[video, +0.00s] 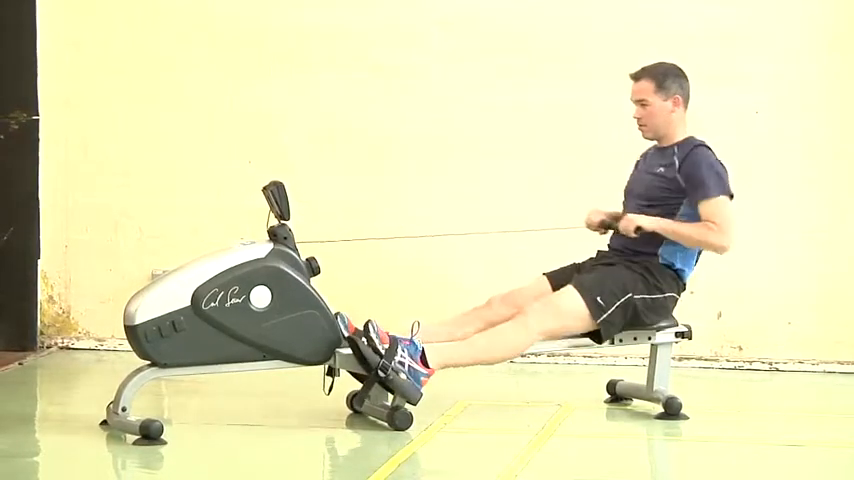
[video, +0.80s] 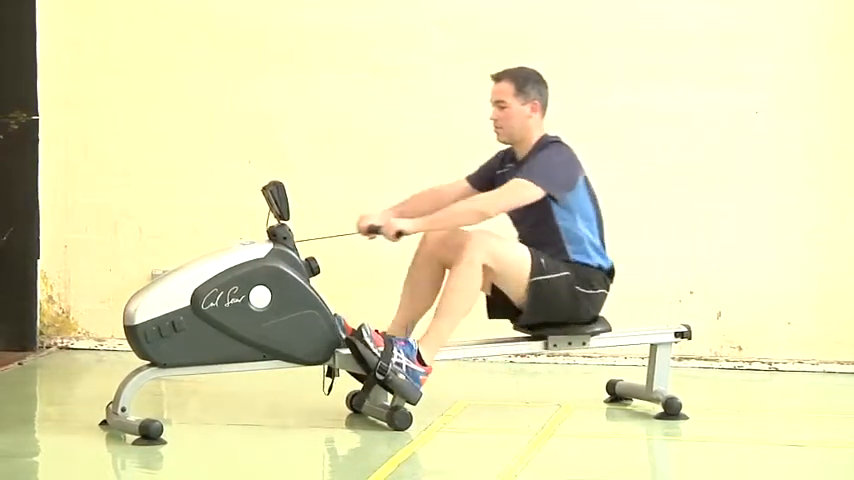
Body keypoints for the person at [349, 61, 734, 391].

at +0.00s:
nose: (635, 114)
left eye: (642, 104)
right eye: (634, 105)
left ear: (675, 103)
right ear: (665, 106)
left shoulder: (698, 157)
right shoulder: (651, 156)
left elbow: (721, 236)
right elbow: (649, 219)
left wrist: (650, 221)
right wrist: (612, 219)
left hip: (650, 275)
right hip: (617, 262)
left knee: (537, 319)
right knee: (505, 303)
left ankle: (422, 364)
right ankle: (401, 346)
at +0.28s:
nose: (609, 109)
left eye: (617, 99)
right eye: (608, 100)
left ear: (649, 100)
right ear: (636, 100)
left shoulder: (670, 153)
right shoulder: (623, 154)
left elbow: (675, 233)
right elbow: (614, 223)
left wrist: (602, 212)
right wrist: (575, 215)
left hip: (644, 279)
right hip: (608, 267)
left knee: (527, 297)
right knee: (491, 287)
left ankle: (423, 365)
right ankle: (402, 345)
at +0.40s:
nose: (587, 108)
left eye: (595, 98)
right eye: (586, 99)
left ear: (628, 100)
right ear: (618, 101)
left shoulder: (646, 152)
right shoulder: (599, 156)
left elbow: (634, 227)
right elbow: (572, 212)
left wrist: (565, 211)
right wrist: (535, 209)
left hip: (634, 279)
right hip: (598, 270)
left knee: (517, 282)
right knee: (483, 273)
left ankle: (423, 364)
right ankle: (402, 345)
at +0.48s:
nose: (569, 108)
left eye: (577, 98)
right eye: (569, 98)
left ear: (609, 100)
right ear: (604, 100)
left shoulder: (629, 151)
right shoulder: (580, 156)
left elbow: (605, 221)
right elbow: (549, 201)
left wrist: (534, 211)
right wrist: (505, 207)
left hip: (624, 280)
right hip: (588, 272)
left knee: (509, 273)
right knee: (474, 265)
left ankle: (422, 363)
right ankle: (403, 346)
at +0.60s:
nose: (540, 109)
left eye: (549, 100)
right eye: (540, 100)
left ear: (580, 102)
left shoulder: (602, 153)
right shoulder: (552, 158)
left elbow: (559, 214)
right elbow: (507, 196)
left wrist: (484, 215)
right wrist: (458, 207)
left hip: (609, 282)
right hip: (572, 276)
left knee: (499, 261)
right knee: (461, 254)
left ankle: (423, 359)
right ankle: (398, 345)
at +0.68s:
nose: (520, 112)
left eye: (528, 103)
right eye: (520, 103)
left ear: (560, 106)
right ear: (552, 106)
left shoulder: (583, 155)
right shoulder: (532, 160)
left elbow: (529, 211)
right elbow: (481, 195)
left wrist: (452, 220)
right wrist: (426, 211)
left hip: (596, 283)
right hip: (558, 276)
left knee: (491, 255)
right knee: (455, 248)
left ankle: (421, 361)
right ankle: (395, 345)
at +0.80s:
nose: (492, 115)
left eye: (501, 106)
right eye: (492, 107)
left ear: (533, 109)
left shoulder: (556, 158)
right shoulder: (505, 162)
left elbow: (488, 207)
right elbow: (448, 195)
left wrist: (413, 225)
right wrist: (388, 214)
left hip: (578, 286)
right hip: (537, 284)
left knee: (479, 245)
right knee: (437, 240)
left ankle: (421, 359)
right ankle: (393, 342)